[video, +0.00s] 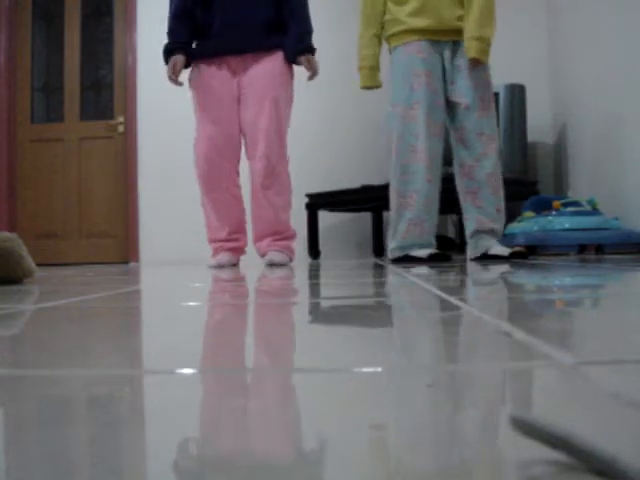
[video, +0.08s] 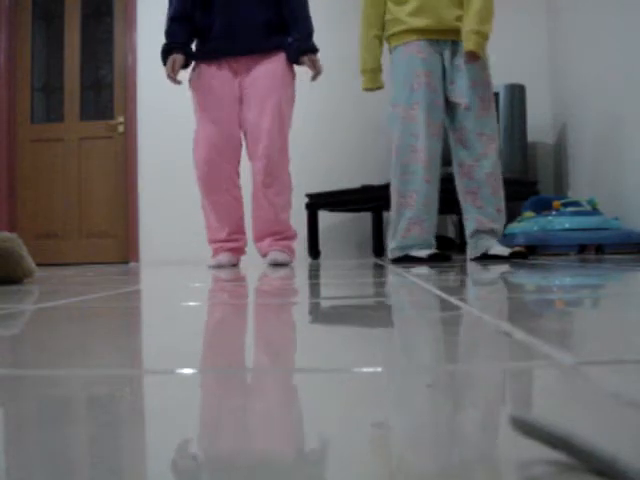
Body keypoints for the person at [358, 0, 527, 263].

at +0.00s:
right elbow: (373, 4)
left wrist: (479, 31)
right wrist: (368, 56)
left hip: (467, 30)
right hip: (412, 30)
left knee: (478, 140)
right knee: (416, 139)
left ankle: (484, 240)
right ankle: (410, 242)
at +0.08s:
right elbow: (374, 4)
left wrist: (476, 29)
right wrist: (370, 61)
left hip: (466, 30)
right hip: (412, 31)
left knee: (478, 140)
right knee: (416, 139)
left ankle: (484, 240)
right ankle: (410, 242)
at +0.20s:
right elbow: (377, 6)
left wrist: (472, 17)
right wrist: (376, 62)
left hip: (465, 30)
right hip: (413, 31)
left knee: (477, 139)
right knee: (416, 139)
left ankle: (483, 239)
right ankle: (410, 243)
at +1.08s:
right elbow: (372, 4)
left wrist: (467, 23)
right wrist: (366, 52)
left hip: (447, 33)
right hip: (393, 37)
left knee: (453, 141)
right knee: (386, 144)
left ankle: (463, 242)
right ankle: (384, 245)